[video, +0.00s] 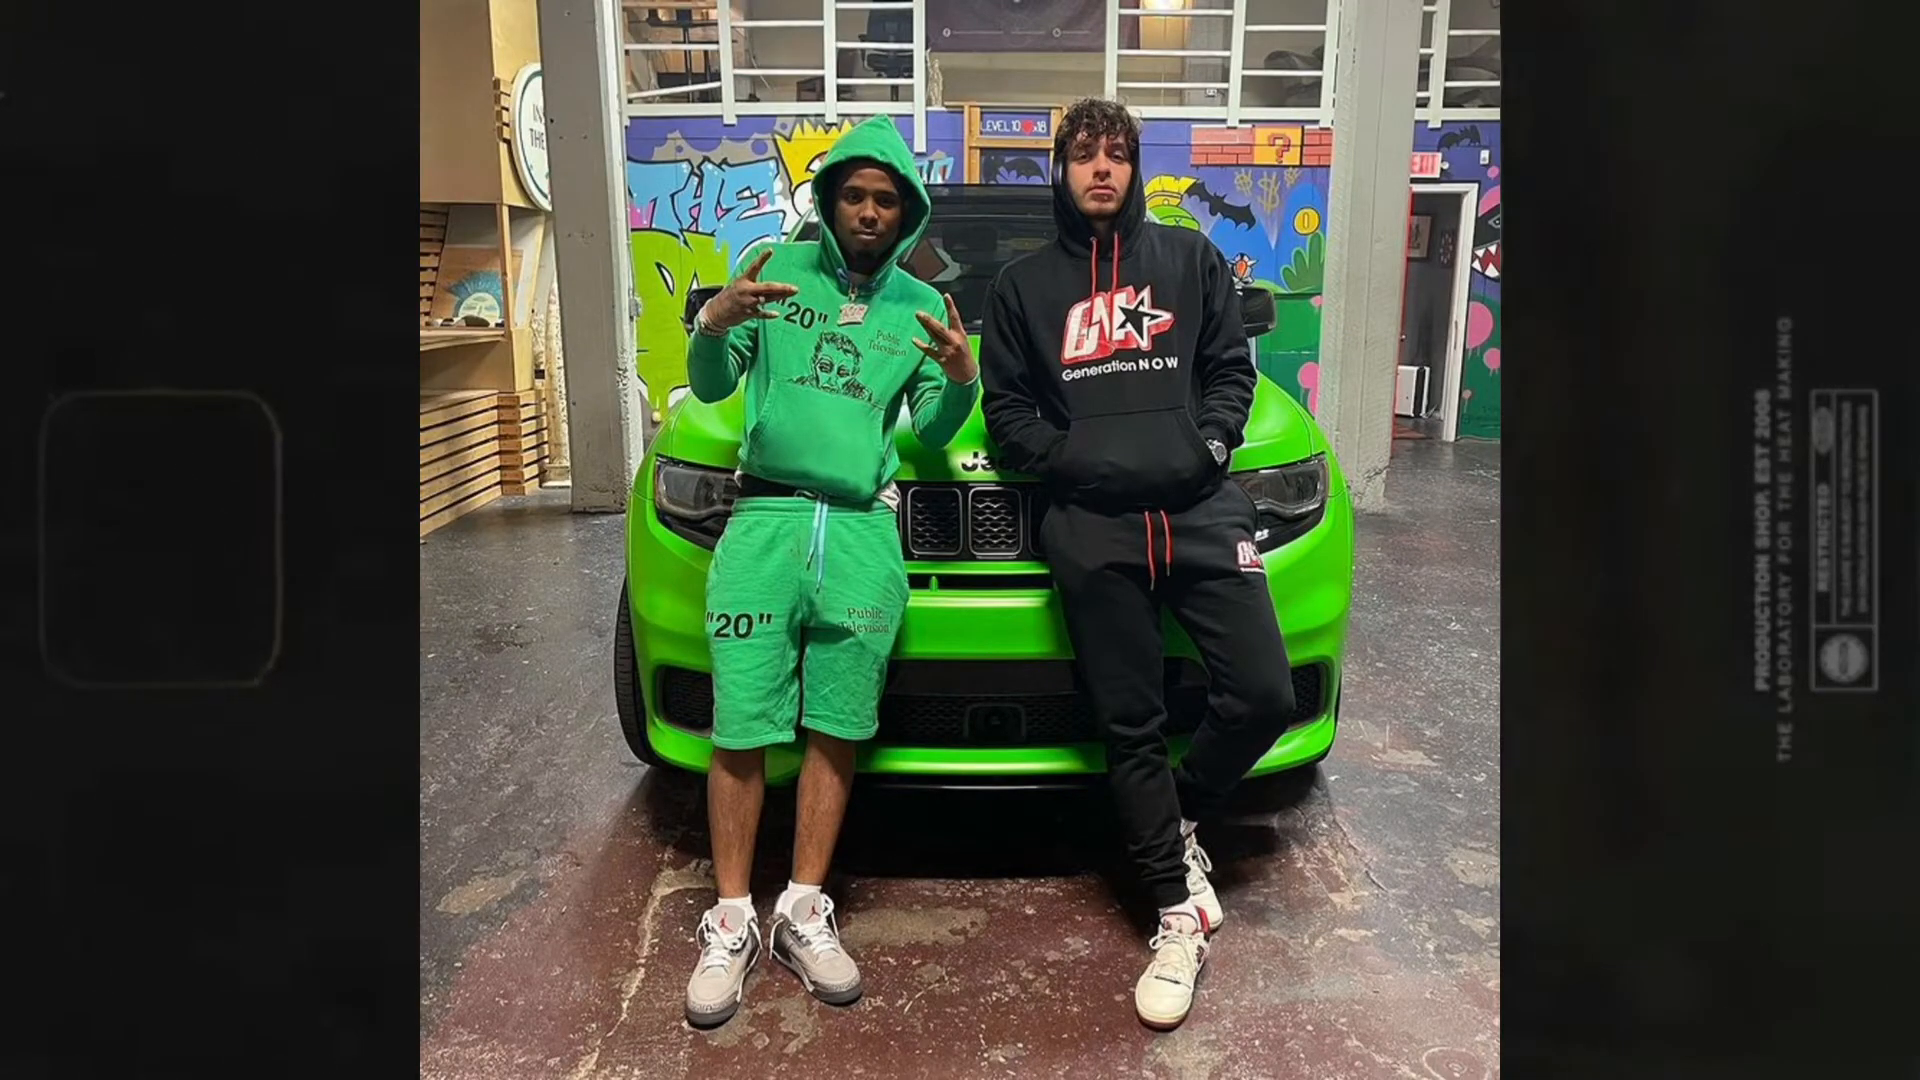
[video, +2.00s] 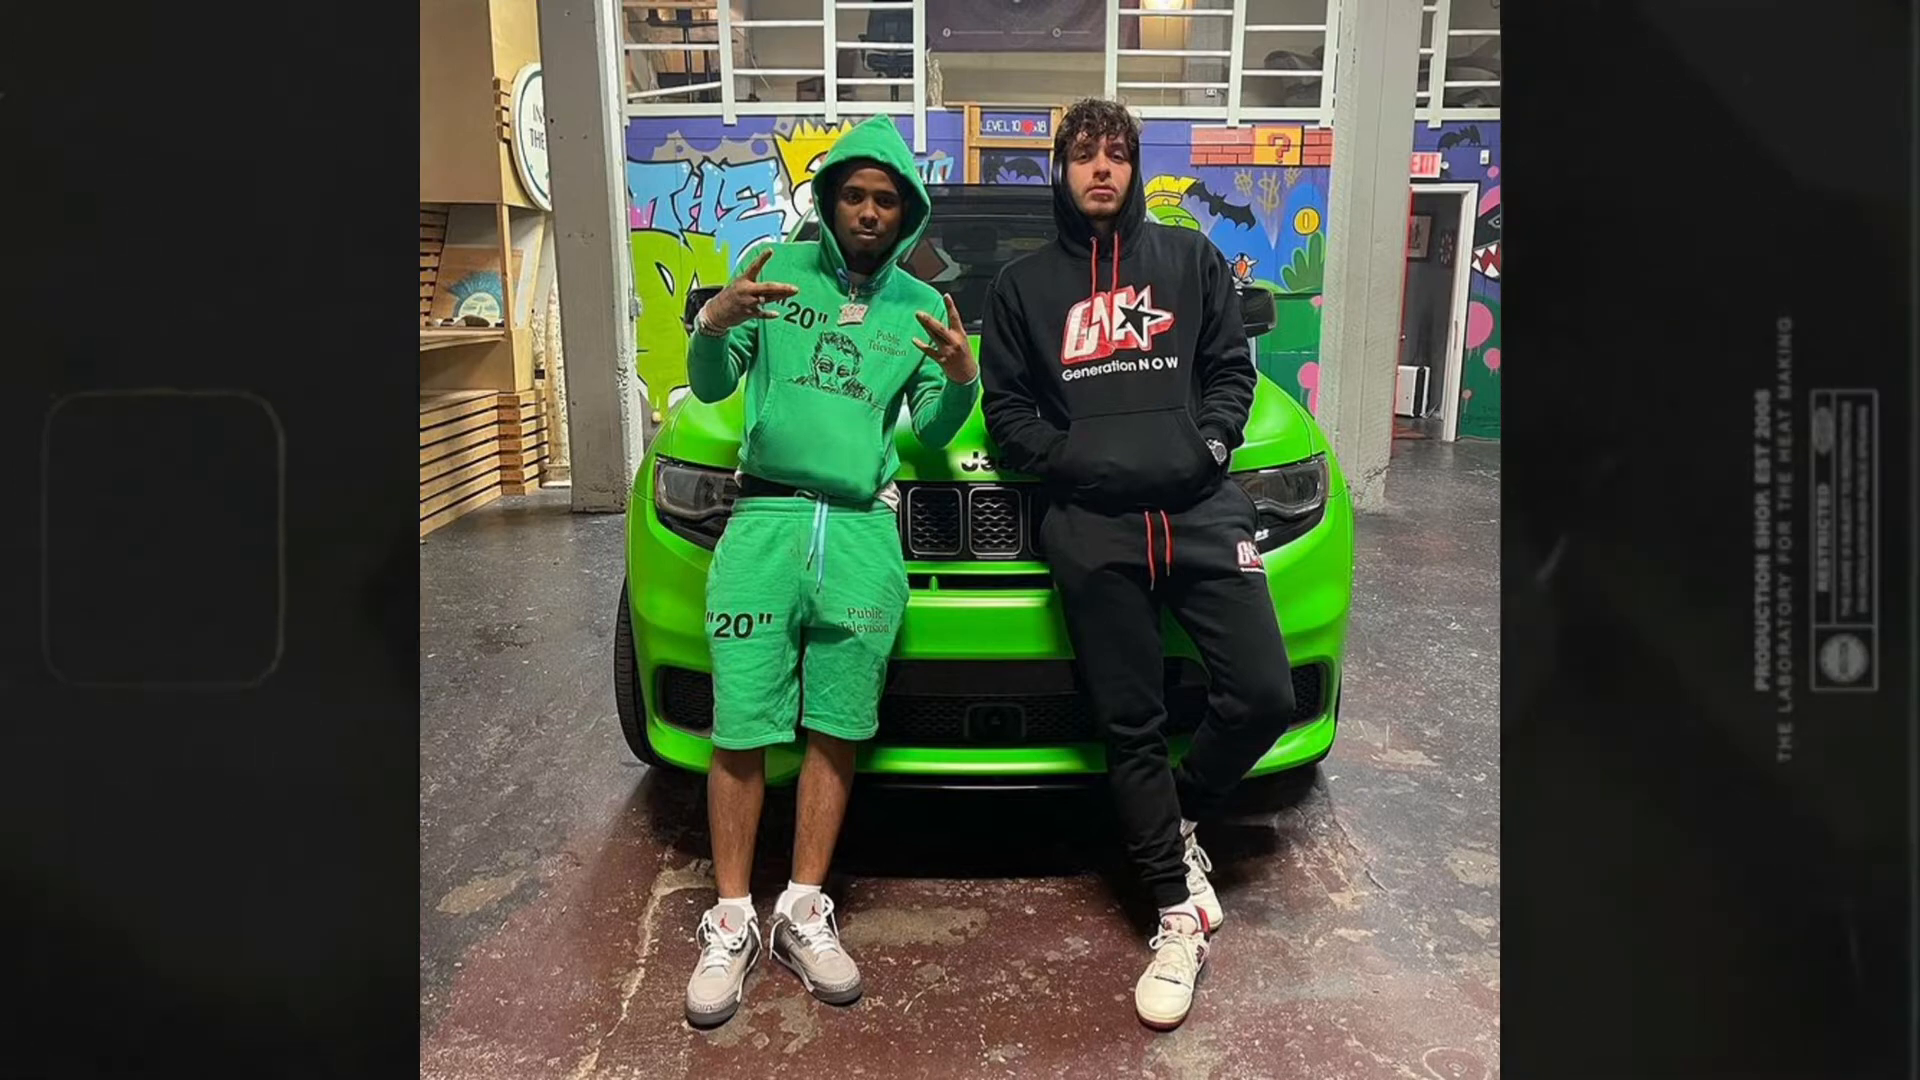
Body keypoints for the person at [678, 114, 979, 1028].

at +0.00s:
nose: (868, 212)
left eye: (885, 198)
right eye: (854, 196)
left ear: (906, 212)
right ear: (827, 203)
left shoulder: (924, 305)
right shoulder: (776, 267)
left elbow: (924, 439)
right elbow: (712, 384)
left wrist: (960, 380)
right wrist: (714, 321)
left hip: (861, 527)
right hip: (763, 517)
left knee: (838, 729)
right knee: (741, 729)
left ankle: (805, 909)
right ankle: (732, 920)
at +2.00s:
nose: (868, 212)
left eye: (885, 198)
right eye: (854, 196)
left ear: (907, 212)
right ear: (827, 202)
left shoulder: (923, 305)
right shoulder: (776, 268)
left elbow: (923, 439)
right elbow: (712, 384)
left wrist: (961, 380)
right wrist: (713, 321)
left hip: (861, 527)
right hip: (763, 517)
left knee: (838, 728)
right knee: (741, 728)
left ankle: (805, 908)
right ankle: (732, 919)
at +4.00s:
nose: (868, 212)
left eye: (885, 198)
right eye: (854, 196)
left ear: (907, 212)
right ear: (827, 202)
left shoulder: (923, 305)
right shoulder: (776, 268)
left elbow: (923, 439)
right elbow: (712, 384)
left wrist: (961, 380)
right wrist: (713, 321)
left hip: (861, 527)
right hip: (763, 517)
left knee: (838, 728)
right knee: (741, 728)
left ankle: (805, 908)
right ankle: (732, 919)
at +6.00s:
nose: (868, 212)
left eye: (885, 198)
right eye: (854, 196)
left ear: (907, 211)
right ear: (827, 202)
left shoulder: (923, 305)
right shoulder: (776, 268)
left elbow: (923, 439)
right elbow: (712, 384)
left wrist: (961, 380)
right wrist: (713, 322)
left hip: (861, 527)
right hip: (763, 517)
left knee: (838, 728)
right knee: (741, 728)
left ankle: (805, 908)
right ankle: (732, 919)